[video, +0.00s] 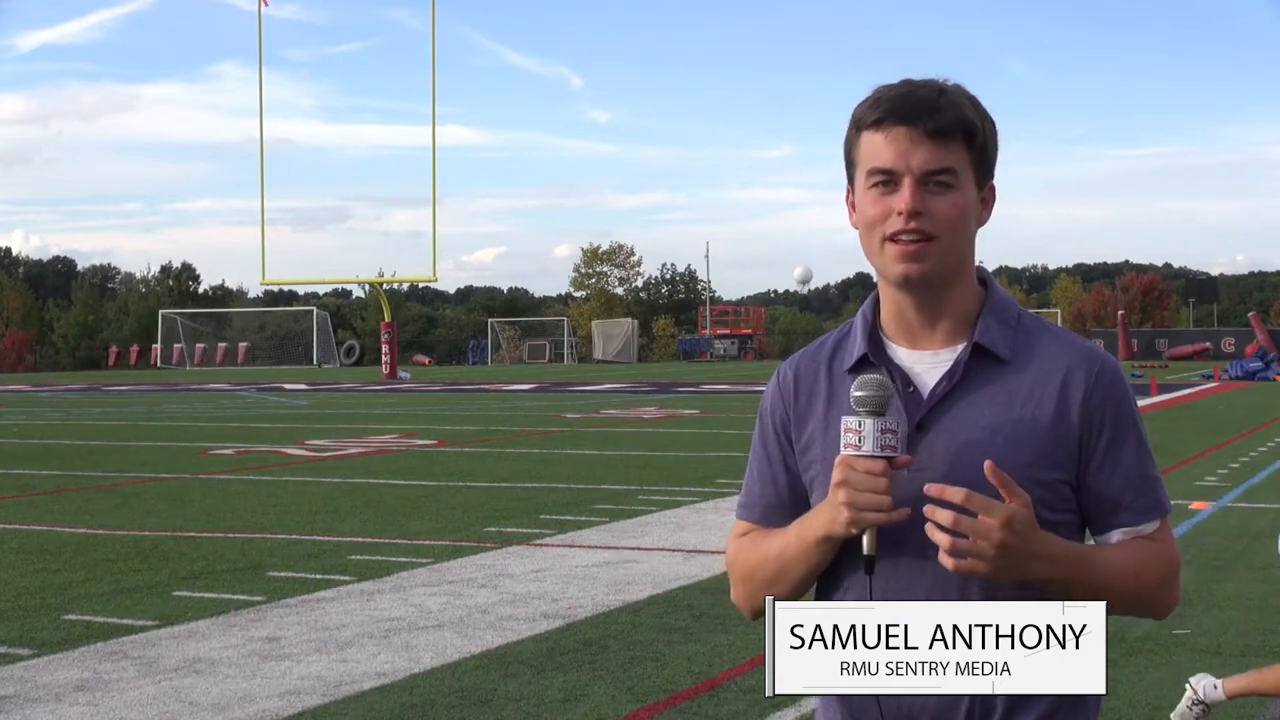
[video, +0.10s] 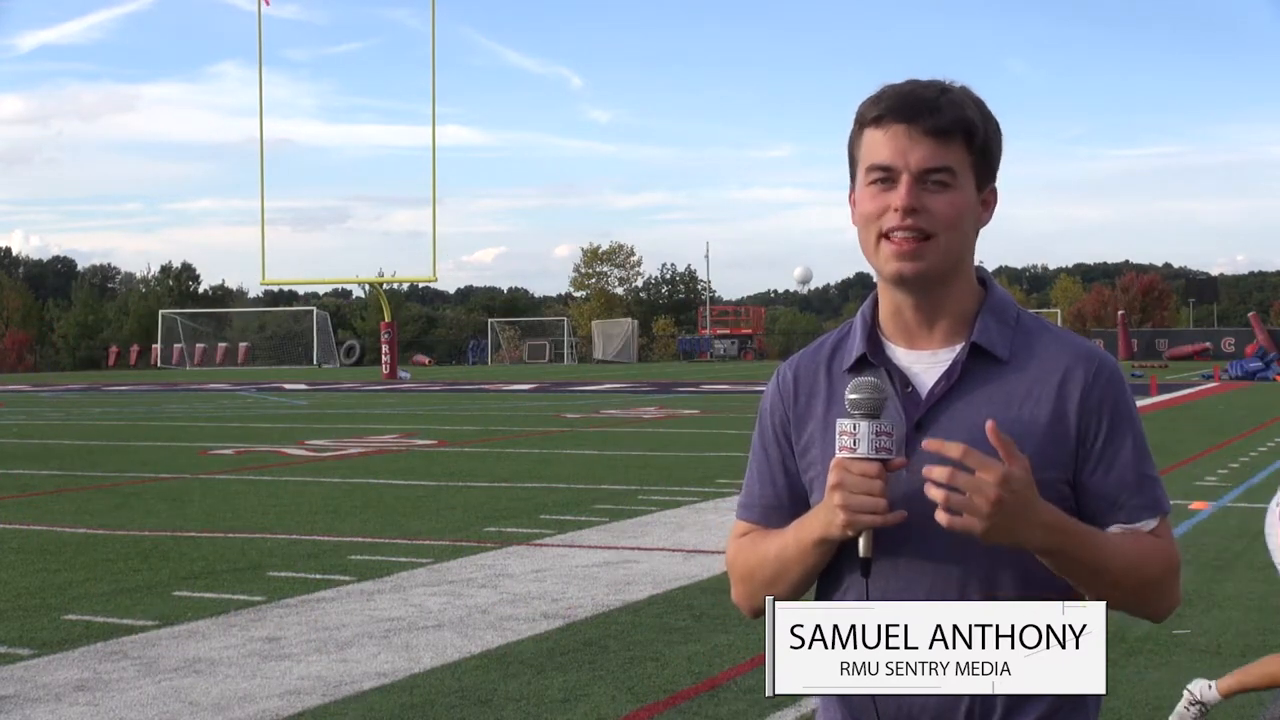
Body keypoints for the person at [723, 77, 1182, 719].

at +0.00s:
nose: (908, 205)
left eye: (938, 182)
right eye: (883, 183)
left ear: (984, 203)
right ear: (853, 207)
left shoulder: (1080, 379)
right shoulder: (799, 386)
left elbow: (1158, 581)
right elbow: (747, 587)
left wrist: (1042, 557)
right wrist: (828, 520)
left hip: (1032, 707)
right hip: (853, 708)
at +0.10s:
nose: (903, 202)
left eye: (935, 180)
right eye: (881, 180)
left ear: (985, 203)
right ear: (854, 204)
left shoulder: (1080, 379)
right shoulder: (799, 386)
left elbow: (1159, 589)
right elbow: (748, 586)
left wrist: (1038, 527)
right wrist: (824, 522)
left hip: (1033, 706)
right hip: (854, 708)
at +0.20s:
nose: (899, 201)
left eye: (933, 180)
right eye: (878, 179)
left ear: (986, 205)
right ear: (855, 199)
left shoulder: (1080, 378)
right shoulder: (799, 386)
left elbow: (1156, 593)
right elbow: (748, 584)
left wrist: (1042, 504)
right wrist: (821, 522)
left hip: (1035, 706)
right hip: (856, 708)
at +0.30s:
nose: (900, 199)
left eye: (934, 180)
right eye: (881, 177)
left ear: (989, 204)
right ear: (858, 199)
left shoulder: (1080, 376)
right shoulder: (801, 384)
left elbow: (1151, 591)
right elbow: (748, 584)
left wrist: (1044, 503)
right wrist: (820, 513)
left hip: (1036, 705)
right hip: (858, 706)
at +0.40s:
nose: (906, 199)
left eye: (940, 178)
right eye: (885, 176)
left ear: (992, 203)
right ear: (862, 200)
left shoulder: (1081, 374)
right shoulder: (803, 382)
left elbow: (1155, 585)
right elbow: (744, 583)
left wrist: (1051, 518)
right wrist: (822, 497)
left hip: (1036, 705)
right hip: (859, 706)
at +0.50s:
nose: (913, 195)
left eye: (945, 174)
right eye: (891, 174)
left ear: (995, 202)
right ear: (864, 204)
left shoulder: (1085, 375)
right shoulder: (806, 377)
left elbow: (1172, 582)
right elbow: (738, 581)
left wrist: (1053, 533)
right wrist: (827, 483)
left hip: (1035, 706)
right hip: (857, 707)